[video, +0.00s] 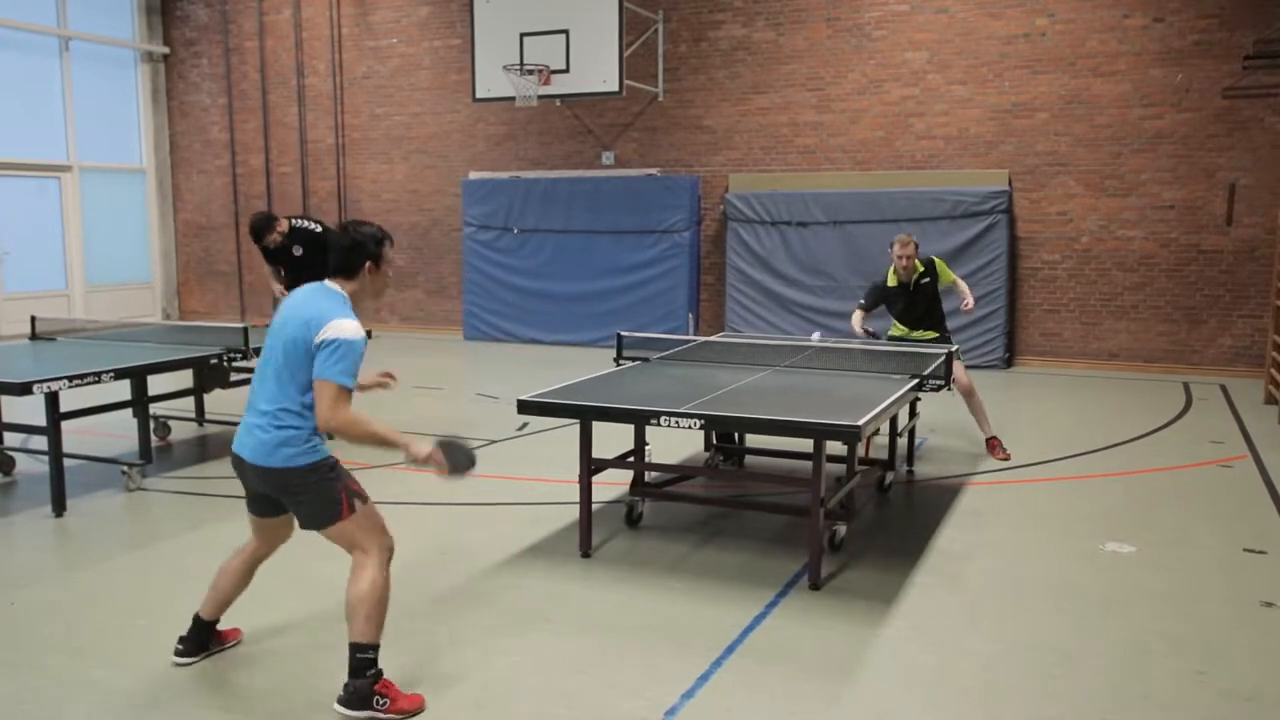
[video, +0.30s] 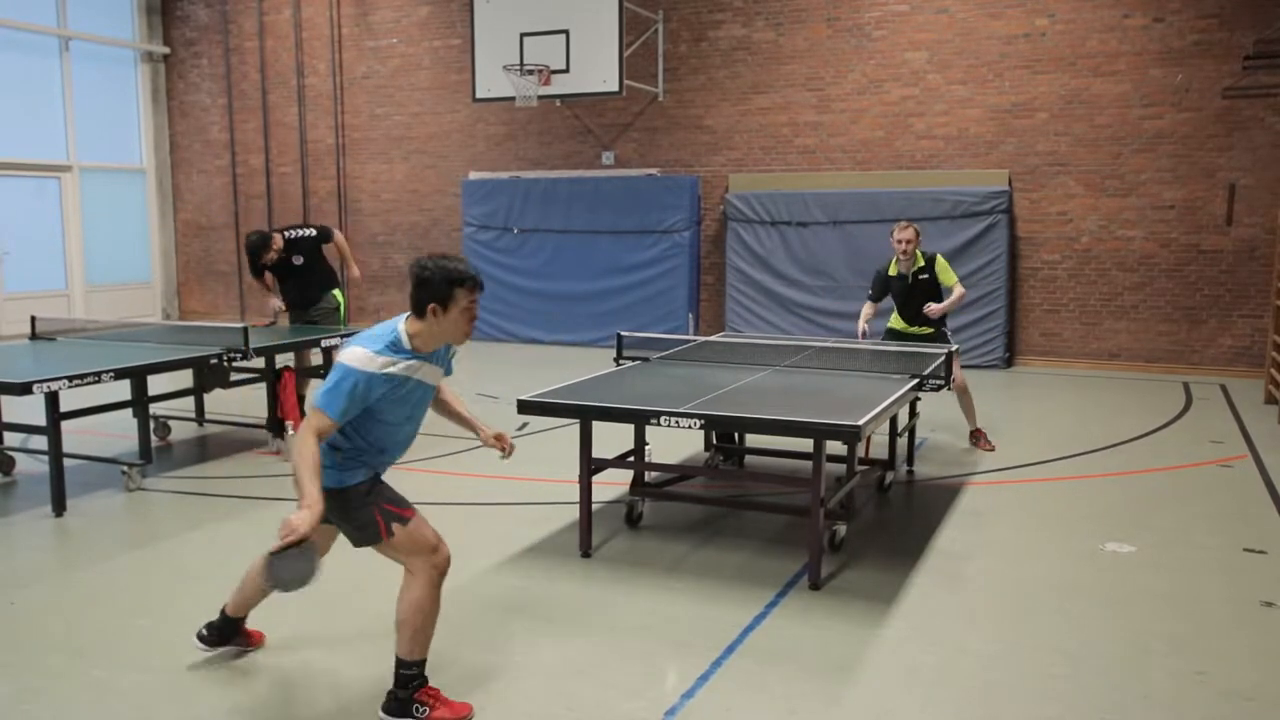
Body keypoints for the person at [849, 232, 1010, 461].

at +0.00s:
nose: (904, 263)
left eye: (909, 258)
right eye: (899, 258)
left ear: (917, 254)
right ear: (891, 255)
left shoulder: (932, 266)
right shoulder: (884, 284)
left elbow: (957, 282)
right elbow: (859, 313)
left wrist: (968, 297)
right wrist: (859, 328)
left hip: (936, 337)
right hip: (900, 338)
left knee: (965, 384)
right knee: (878, 384)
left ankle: (991, 439)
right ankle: (867, 436)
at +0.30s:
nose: (904, 247)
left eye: (909, 242)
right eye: (899, 242)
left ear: (917, 242)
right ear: (892, 243)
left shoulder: (933, 262)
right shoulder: (886, 271)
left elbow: (959, 291)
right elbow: (872, 302)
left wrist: (943, 307)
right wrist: (862, 319)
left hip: (933, 332)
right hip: (898, 331)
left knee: (959, 382)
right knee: (875, 379)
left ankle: (975, 431)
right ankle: (864, 437)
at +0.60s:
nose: (907, 234)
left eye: (912, 229)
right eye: (902, 229)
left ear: (920, 230)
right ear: (896, 230)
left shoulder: (935, 252)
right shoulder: (887, 260)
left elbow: (956, 281)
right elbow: (875, 288)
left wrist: (938, 306)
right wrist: (879, 314)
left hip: (933, 324)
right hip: (900, 324)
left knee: (955, 375)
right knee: (882, 372)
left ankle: (964, 416)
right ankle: (867, 428)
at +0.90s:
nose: (923, 316)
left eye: (929, 314)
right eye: (919, 313)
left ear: (938, 304)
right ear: (914, 301)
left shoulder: (948, 302)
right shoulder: (902, 301)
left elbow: (950, 338)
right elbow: (899, 329)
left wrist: (930, 338)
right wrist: (932, 320)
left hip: (939, 356)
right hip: (903, 356)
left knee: (973, 386)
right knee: (874, 387)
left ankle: (969, 436)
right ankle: (862, 437)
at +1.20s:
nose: (931, 293)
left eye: (936, 289)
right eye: (928, 289)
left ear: (945, 280)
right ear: (918, 277)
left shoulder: (951, 279)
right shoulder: (906, 286)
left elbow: (957, 311)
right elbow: (918, 304)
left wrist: (942, 311)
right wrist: (953, 294)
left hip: (937, 348)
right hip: (902, 349)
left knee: (977, 387)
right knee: (879, 391)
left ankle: (970, 437)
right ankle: (862, 437)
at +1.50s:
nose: (929, 254)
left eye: (934, 249)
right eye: (925, 249)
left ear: (940, 243)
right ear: (916, 240)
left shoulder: (942, 251)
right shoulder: (903, 257)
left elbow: (959, 262)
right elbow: (940, 265)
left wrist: (962, 272)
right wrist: (948, 239)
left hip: (934, 331)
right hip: (900, 332)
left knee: (963, 382)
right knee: (880, 383)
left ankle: (969, 435)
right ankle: (858, 431)